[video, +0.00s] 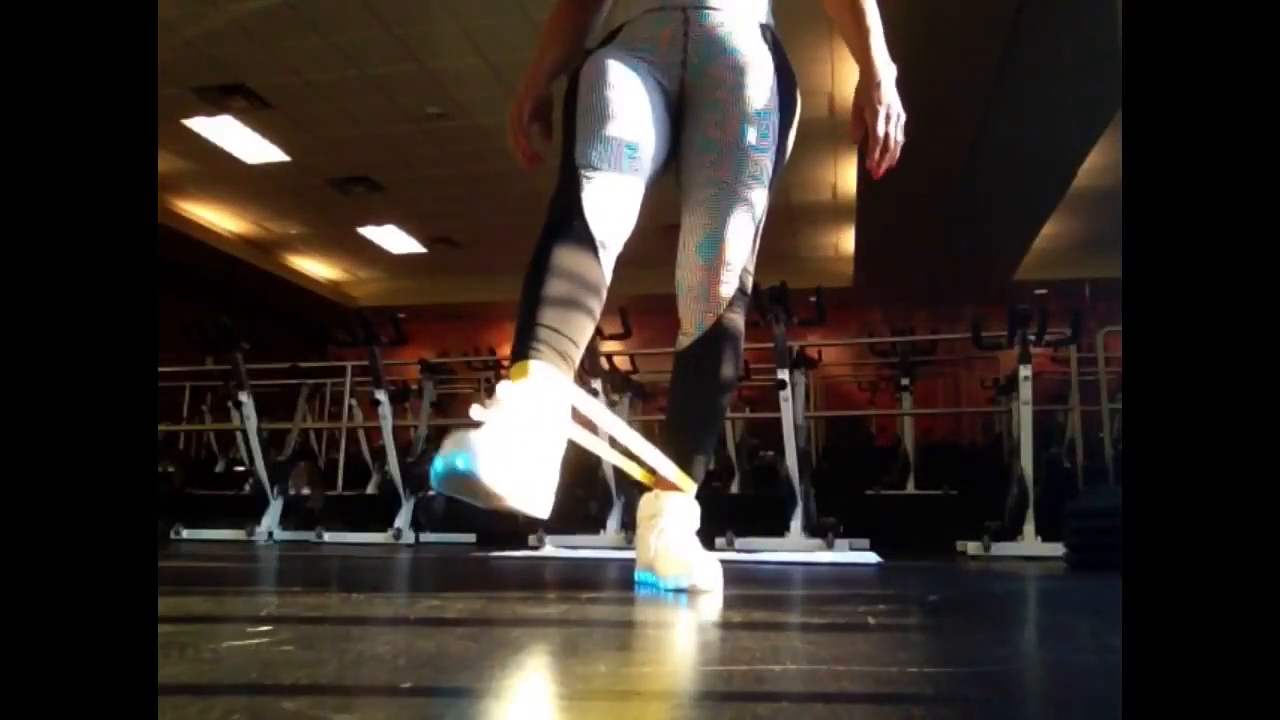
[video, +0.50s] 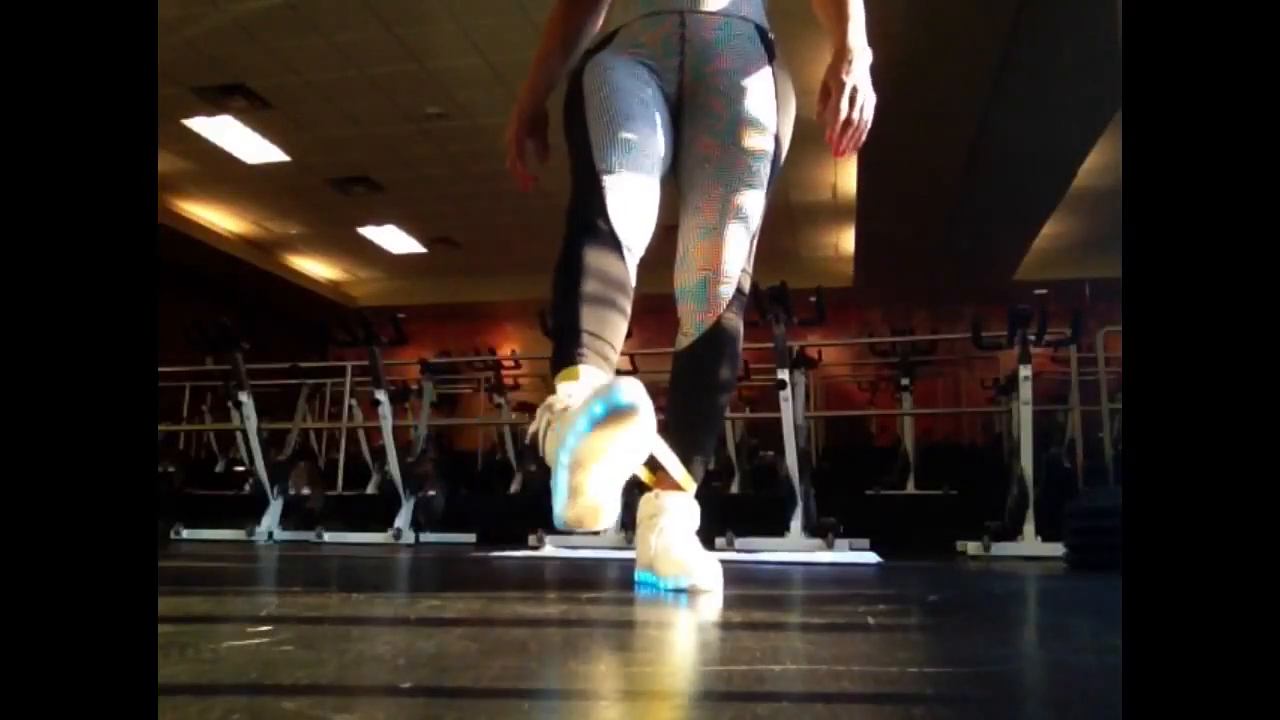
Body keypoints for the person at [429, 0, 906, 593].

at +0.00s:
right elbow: (581, 2)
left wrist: (877, 69)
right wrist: (538, 74)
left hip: (741, 29)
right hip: (628, 28)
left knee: (715, 279)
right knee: (591, 197)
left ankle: (672, 518)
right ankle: (528, 430)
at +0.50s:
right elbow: (586, 4)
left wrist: (853, 49)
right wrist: (535, 95)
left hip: (739, 31)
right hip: (625, 32)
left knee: (715, 283)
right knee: (615, 190)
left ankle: (672, 512)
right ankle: (578, 407)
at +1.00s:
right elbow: (589, 4)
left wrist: (866, 60)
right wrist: (548, 88)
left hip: (737, 28)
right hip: (628, 30)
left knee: (717, 270)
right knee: (601, 191)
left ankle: (672, 512)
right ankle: (549, 424)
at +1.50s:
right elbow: (588, 3)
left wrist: (850, 51)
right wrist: (542, 90)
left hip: (742, 34)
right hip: (628, 34)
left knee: (717, 286)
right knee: (615, 203)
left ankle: (673, 513)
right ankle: (577, 430)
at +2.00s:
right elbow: (586, 3)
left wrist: (860, 60)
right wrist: (544, 90)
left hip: (739, 24)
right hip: (628, 30)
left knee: (717, 276)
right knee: (604, 196)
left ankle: (671, 513)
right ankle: (561, 427)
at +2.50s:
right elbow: (580, 8)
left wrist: (873, 50)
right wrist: (539, 89)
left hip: (740, 30)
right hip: (627, 33)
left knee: (717, 271)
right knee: (603, 210)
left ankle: (670, 516)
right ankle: (551, 459)